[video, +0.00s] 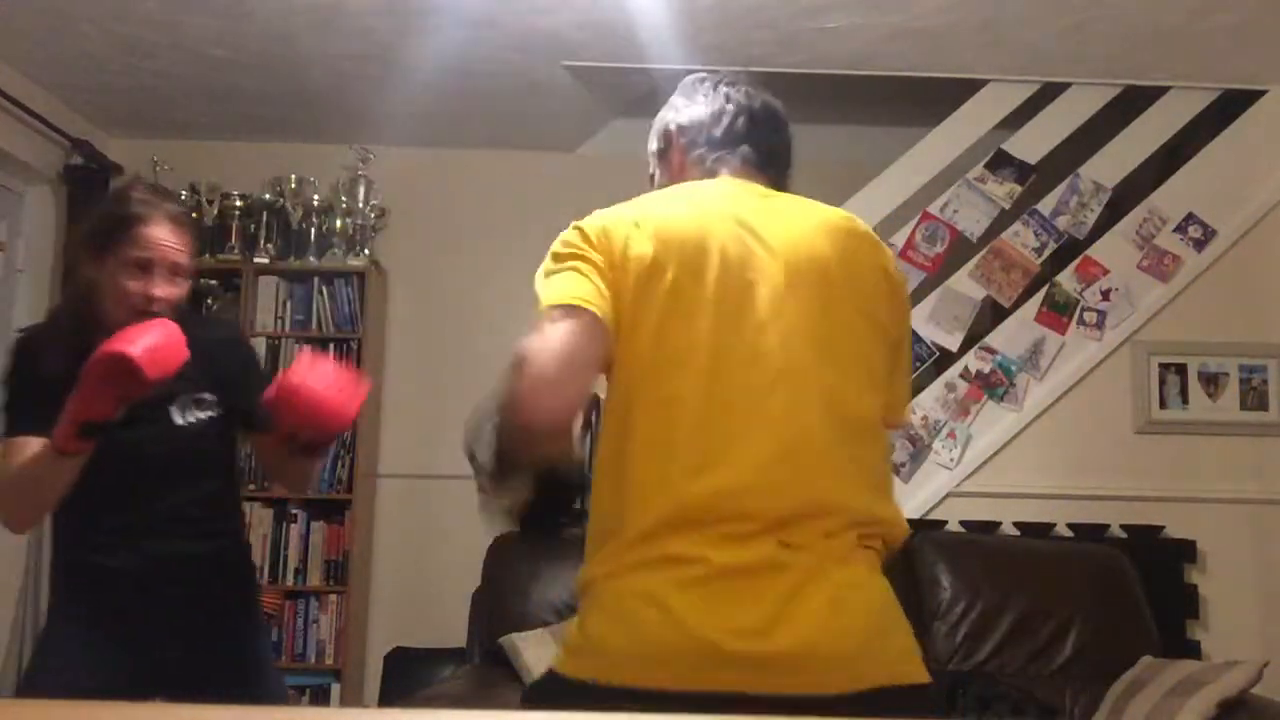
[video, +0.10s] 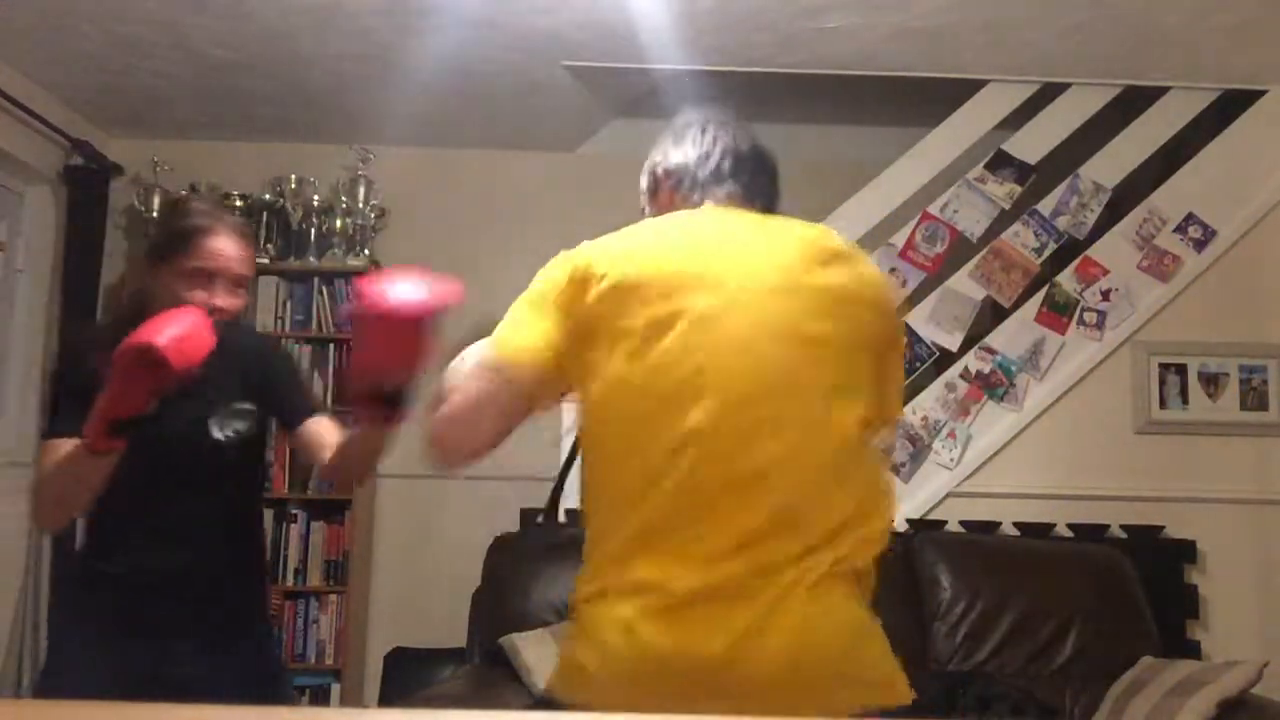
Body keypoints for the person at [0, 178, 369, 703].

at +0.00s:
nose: (157, 292)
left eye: (175, 274)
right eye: (138, 268)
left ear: (192, 280)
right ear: (95, 265)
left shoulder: (218, 344)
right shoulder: (48, 351)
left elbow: (291, 479)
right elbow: (18, 510)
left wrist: (309, 435)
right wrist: (85, 418)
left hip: (216, 627)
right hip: (96, 628)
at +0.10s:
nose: (219, 301)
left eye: (236, 286)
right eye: (201, 280)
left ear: (250, 289)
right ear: (157, 275)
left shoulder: (256, 356)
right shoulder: (102, 350)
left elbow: (341, 469)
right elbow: (50, 511)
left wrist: (382, 395)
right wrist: (118, 411)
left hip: (226, 633)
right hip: (109, 635)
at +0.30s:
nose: (250, 285)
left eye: (264, 271)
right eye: (235, 265)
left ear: (275, 281)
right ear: (197, 262)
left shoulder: (265, 355)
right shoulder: (108, 333)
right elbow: (133, 441)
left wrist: (424, 445)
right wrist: (194, 320)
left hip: (218, 628)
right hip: (96, 625)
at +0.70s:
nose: (333, 370)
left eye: (337, 358)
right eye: (327, 353)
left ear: (284, 342)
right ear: (285, 339)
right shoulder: (216, 387)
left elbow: (214, 585)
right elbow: (306, 486)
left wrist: (287, 572)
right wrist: (342, 384)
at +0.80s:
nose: (284, 331)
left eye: (291, 317)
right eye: (275, 309)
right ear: (213, 300)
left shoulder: (250, 420)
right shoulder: (138, 382)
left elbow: (246, 560)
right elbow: (208, 479)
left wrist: (284, 568)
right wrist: (300, 424)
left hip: (215, 672)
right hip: (118, 673)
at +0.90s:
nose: (187, 306)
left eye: (200, 293)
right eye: (170, 285)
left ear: (213, 306)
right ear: (124, 287)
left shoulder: (218, 391)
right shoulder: (65, 383)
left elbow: (262, 502)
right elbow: (122, 486)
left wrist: (276, 540)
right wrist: (234, 424)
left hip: (217, 668)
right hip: (102, 669)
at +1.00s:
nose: (77, 320)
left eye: (91, 299)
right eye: (59, 304)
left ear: (126, 306)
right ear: (35, 317)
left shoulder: (189, 378)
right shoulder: (22, 404)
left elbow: (270, 499)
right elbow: (57, 527)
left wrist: (254, 553)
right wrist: (138, 438)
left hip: (213, 669)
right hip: (93, 670)